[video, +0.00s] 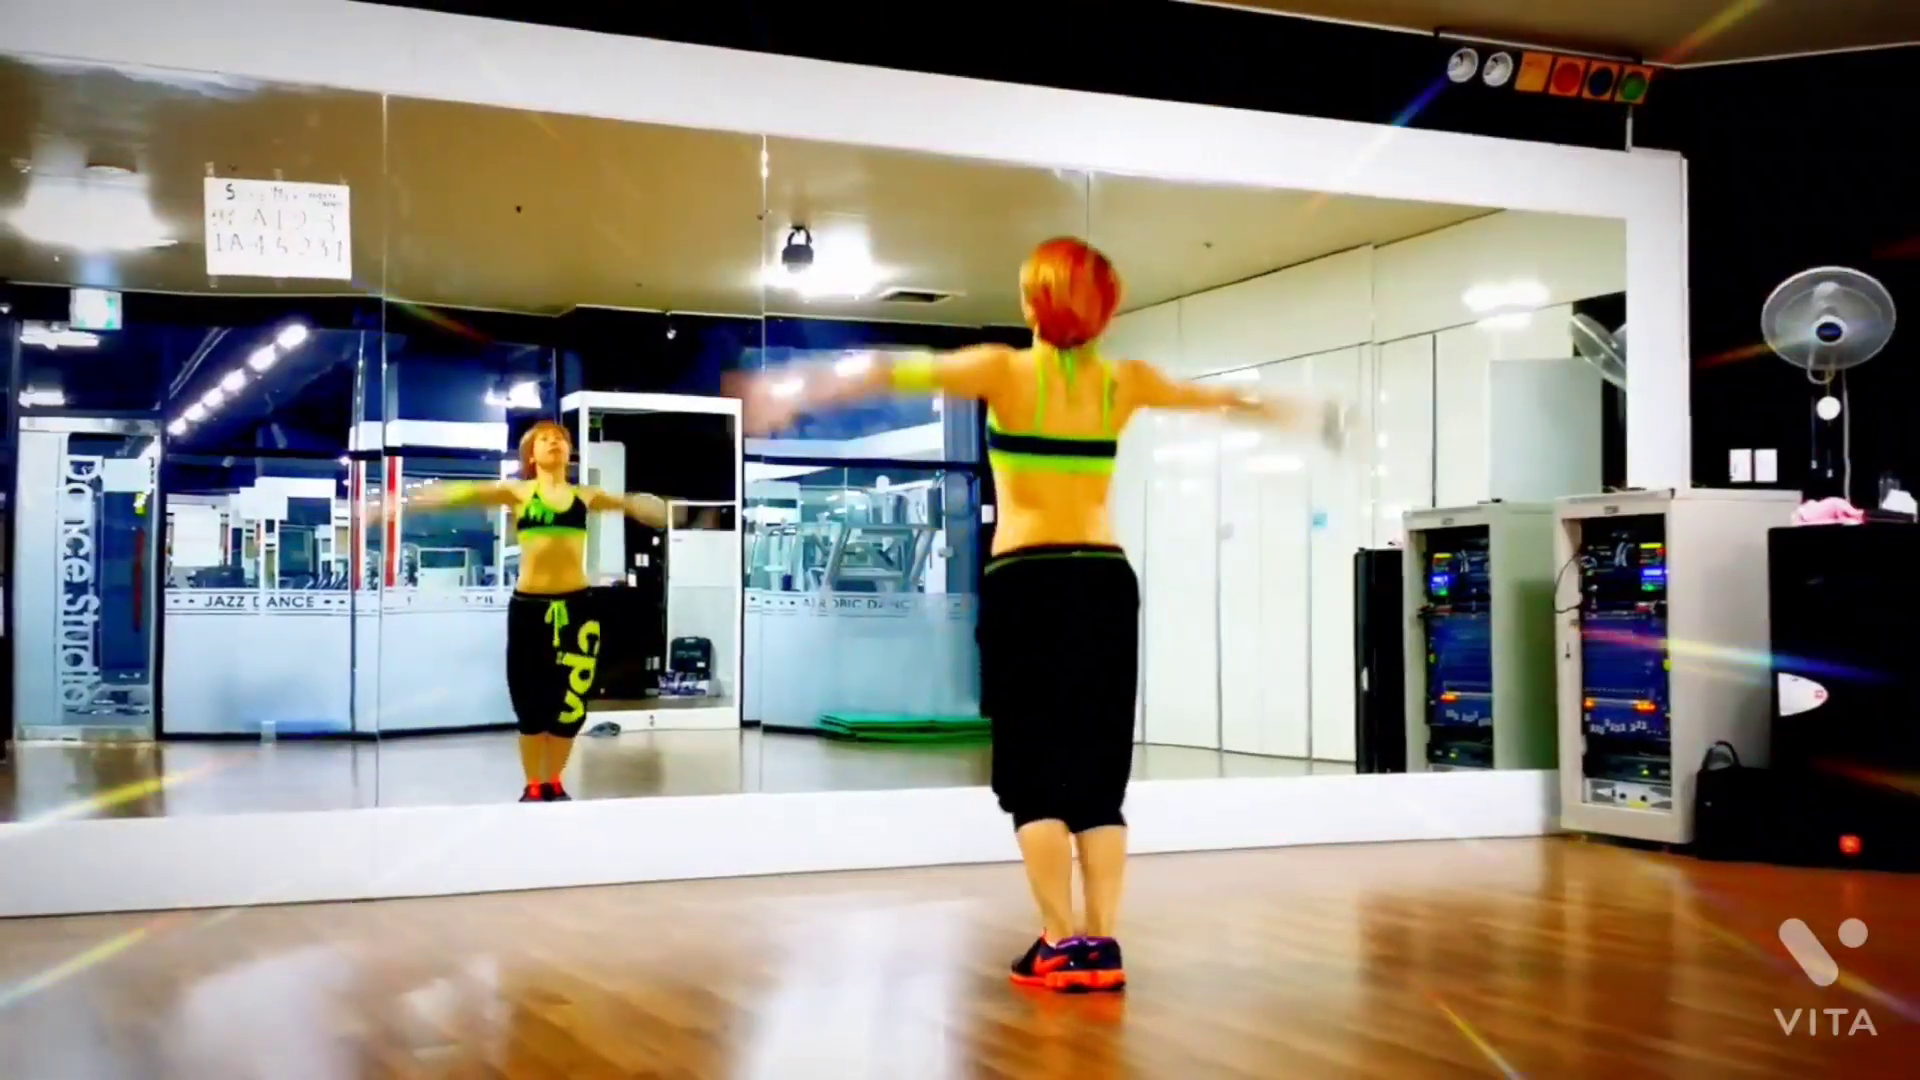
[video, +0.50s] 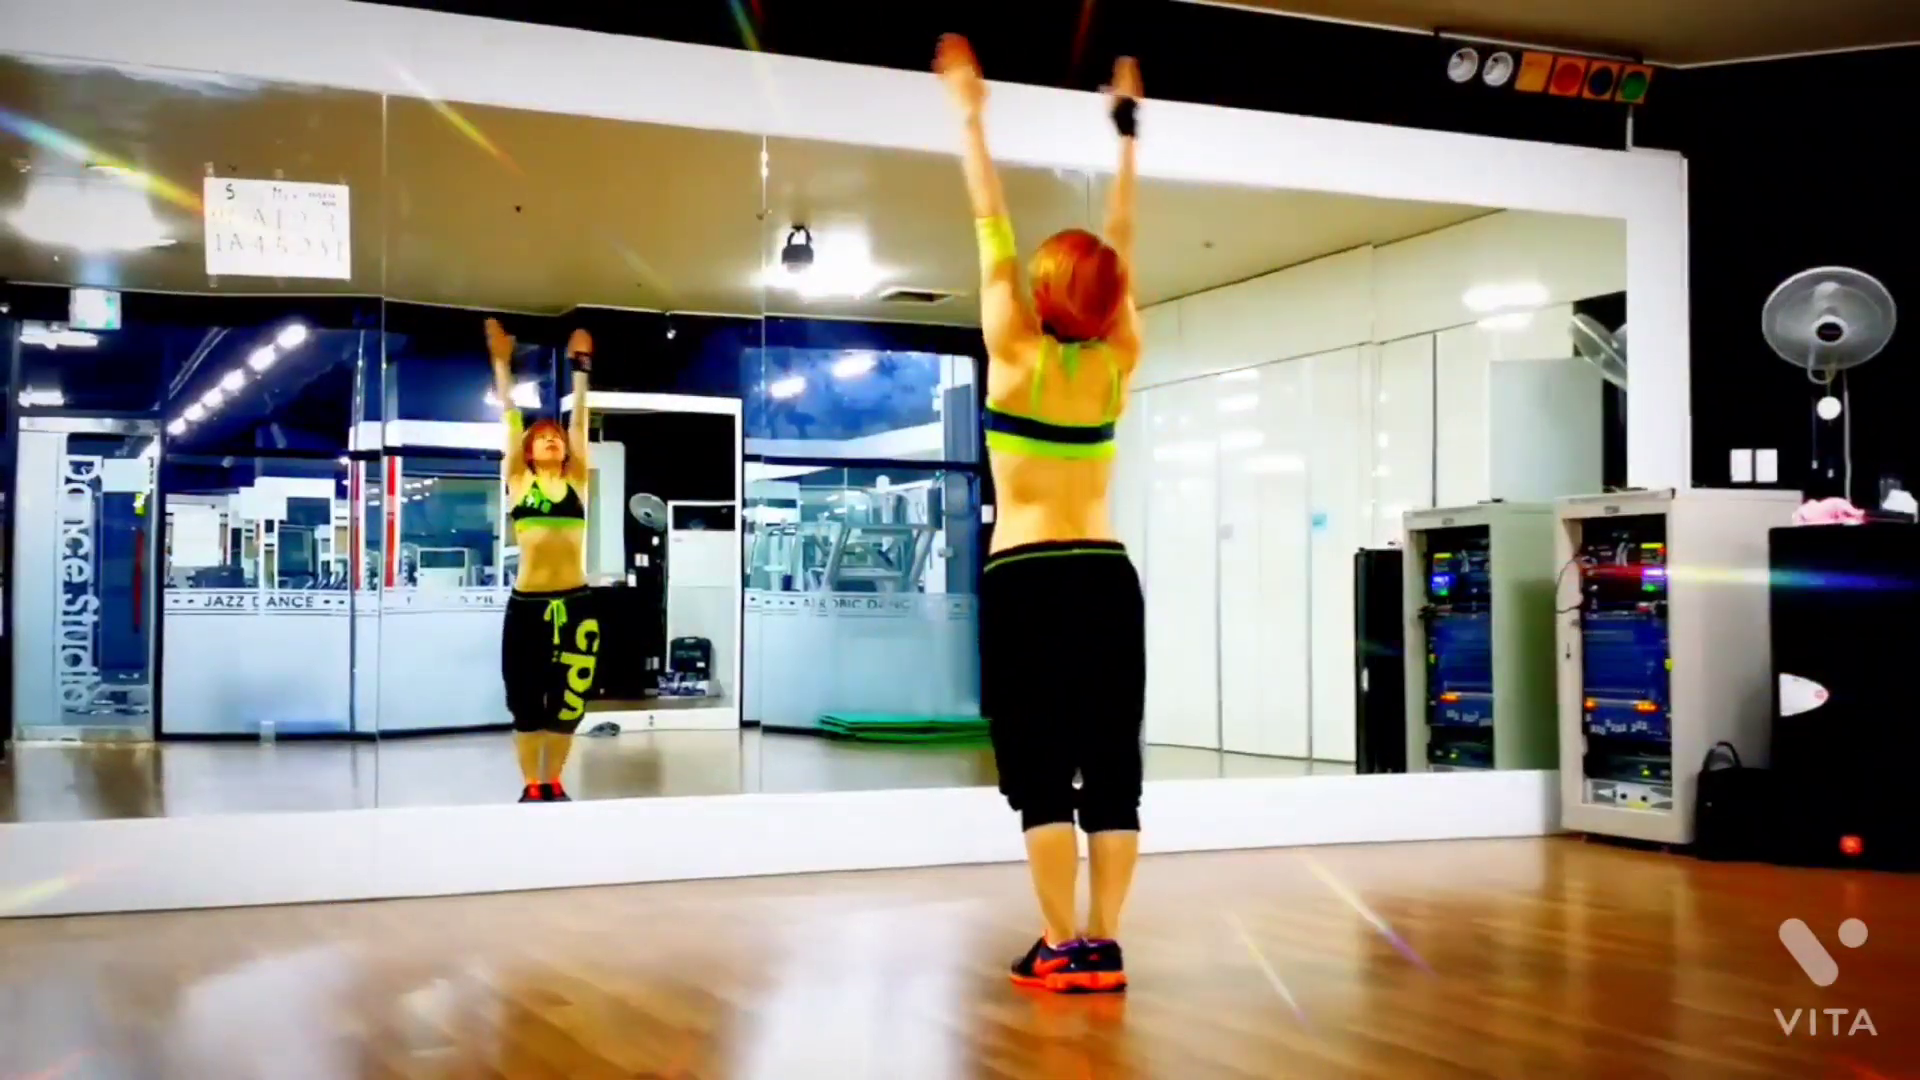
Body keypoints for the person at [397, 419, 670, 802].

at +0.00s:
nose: (554, 443)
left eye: (559, 438)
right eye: (545, 439)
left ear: (570, 450)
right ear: (530, 454)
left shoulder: (584, 495)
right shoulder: (517, 491)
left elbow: (627, 502)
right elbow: (463, 494)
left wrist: (656, 511)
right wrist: (408, 502)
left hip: (577, 604)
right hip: (530, 605)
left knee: (570, 702)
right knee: (531, 702)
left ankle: (553, 781)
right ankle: (533, 785)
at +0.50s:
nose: (550, 443)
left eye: (556, 437)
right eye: (541, 438)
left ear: (566, 446)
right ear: (528, 448)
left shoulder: (576, 482)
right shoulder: (518, 483)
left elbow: (578, 420)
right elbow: (512, 418)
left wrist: (580, 365)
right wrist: (502, 360)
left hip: (577, 601)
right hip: (528, 603)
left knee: (569, 699)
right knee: (527, 700)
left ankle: (553, 782)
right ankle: (531, 785)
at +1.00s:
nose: (544, 471)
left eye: (551, 466)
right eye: (536, 465)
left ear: (559, 477)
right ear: (521, 476)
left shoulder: (570, 514)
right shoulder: (507, 517)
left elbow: (590, 533)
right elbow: (523, 534)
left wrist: (567, 507)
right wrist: (549, 506)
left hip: (569, 620)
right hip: (524, 621)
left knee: (568, 715)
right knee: (531, 713)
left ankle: (552, 782)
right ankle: (532, 786)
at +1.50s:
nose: (548, 455)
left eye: (554, 448)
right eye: (540, 449)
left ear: (564, 453)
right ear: (524, 454)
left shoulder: (573, 482)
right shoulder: (513, 482)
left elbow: (594, 436)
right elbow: (483, 426)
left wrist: (616, 393)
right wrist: (450, 381)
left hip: (573, 601)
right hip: (525, 603)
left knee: (567, 699)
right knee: (524, 701)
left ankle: (553, 783)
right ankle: (530, 785)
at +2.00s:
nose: (553, 458)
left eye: (558, 450)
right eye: (544, 451)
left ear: (566, 453)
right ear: (529, 457)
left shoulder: (581, 501)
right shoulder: (510, 498)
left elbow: (609, 540)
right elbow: (479, 542)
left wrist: (630, 570)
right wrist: (457, 579)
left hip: (575, 605)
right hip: (527, 607)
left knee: (568, 699)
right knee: (527, 701)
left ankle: (552, 782)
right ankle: (532, 784)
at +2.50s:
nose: (556, 454)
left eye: (561, 447)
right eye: (547, 448)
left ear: (568, 453)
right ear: (532, 454)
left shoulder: (581, 494)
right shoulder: (526, 492)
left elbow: (601, 458)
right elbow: (528, 472)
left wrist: (577, 437)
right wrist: (561, 430)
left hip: (576, 601)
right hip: (529, 602)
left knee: (569, 702)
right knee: (529, 703)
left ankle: (553, 781)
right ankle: (531, 784)